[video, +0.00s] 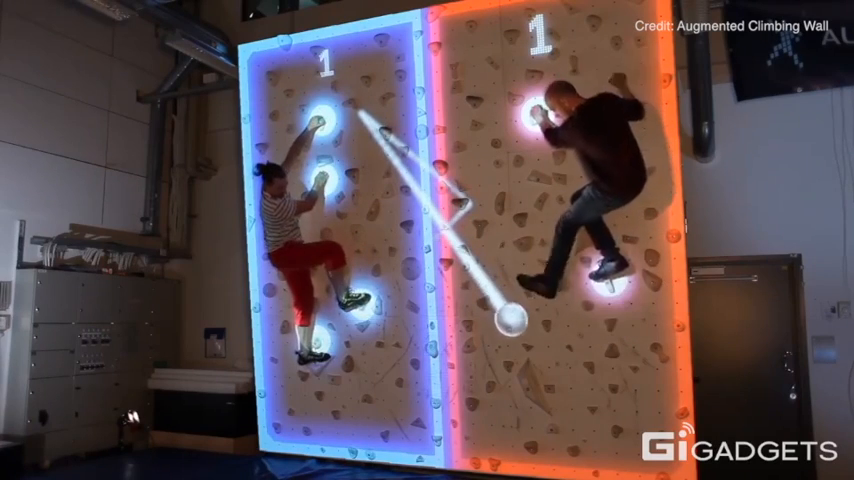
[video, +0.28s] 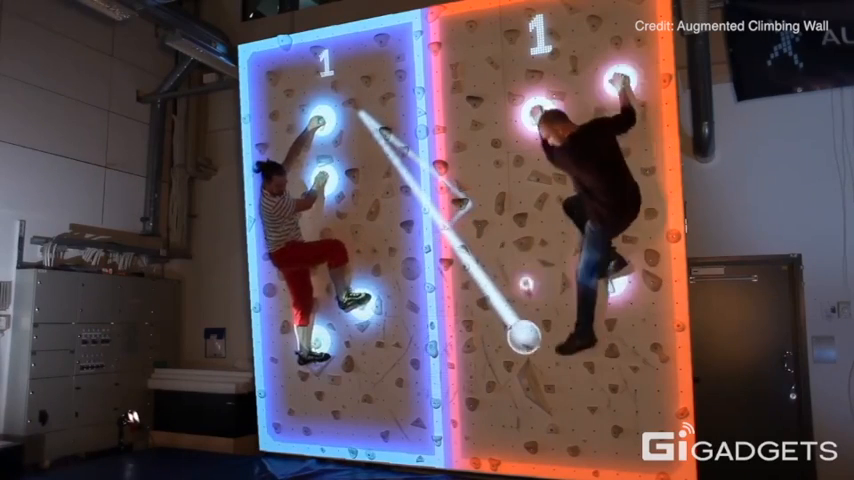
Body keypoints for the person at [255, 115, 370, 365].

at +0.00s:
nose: (285, 188)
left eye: (285, 184)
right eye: (280, 185)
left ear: (282, 181)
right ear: (270, 187)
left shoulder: (270, 193)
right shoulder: (278, 204)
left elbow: (292, 157)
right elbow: (309, 205)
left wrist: (309, 130)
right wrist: (320, 185)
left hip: (283, 253)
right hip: (288, 252)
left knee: (304, 299)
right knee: (332, 250)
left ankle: (305, 352)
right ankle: (344, 297)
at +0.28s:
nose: (284, 186)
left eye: (284, 182)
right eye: (279, 184)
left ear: (281, 180)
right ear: (268, 184)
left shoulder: (270, 192)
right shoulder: (276, 203)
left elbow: (292, 156)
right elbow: (307, 203)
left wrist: (309, 130)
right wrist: (320, 185)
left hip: (284, 253)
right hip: (289, 251)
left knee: (303, 300)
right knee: (334, 248)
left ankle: (304, 352)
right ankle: (344, 297)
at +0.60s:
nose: (283, 187)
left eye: (283, 182)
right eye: (278, 184)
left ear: (283, 180)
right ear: (268, 186)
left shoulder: (270, 193)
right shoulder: (277, 204)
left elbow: (292, 157)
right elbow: (308, 204)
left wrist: (309, 130)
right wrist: (320, 185)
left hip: (286, 253)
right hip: (292, 251)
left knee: (306, 300)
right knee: (337, 247)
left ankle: (305, 352)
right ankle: (345, 296)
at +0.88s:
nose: (284, 187)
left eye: (284, 182)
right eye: (280, 184)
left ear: (283, 181)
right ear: (270, 186)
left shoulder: (271, 194)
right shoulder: (277, 204)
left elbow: (292, 158)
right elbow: (308, 205)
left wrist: (309, 131)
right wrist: (320, 186)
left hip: (285, 253)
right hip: (290, 251)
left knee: (307, 297)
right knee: (334, 248)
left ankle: (305, 351)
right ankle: (344, 298)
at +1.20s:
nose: (303, 193)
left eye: (303, 189)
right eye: (299, 190)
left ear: (299, 186)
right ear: (288, 191)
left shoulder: (284, 193)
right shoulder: (292, 210)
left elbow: (298, 158)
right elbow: (316, 209)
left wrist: (310, 131)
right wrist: (321, 189)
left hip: (281, 255)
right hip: (287, 254)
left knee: (306, 299)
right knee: (334, 269)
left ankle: (305, 350)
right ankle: (351, 316)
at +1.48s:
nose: (295, 194)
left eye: (294, 190)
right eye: (291, 191)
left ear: (288, 189)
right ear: (280, 192)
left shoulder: (276, 199)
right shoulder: (285, 214)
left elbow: (296, 162)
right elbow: (313, 209)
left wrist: (310, 132)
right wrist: (321, 189)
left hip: (279, 258)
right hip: (287, 255)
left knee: (309, 299)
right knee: (327, 279)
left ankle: (305, 348)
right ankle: (338, 326)